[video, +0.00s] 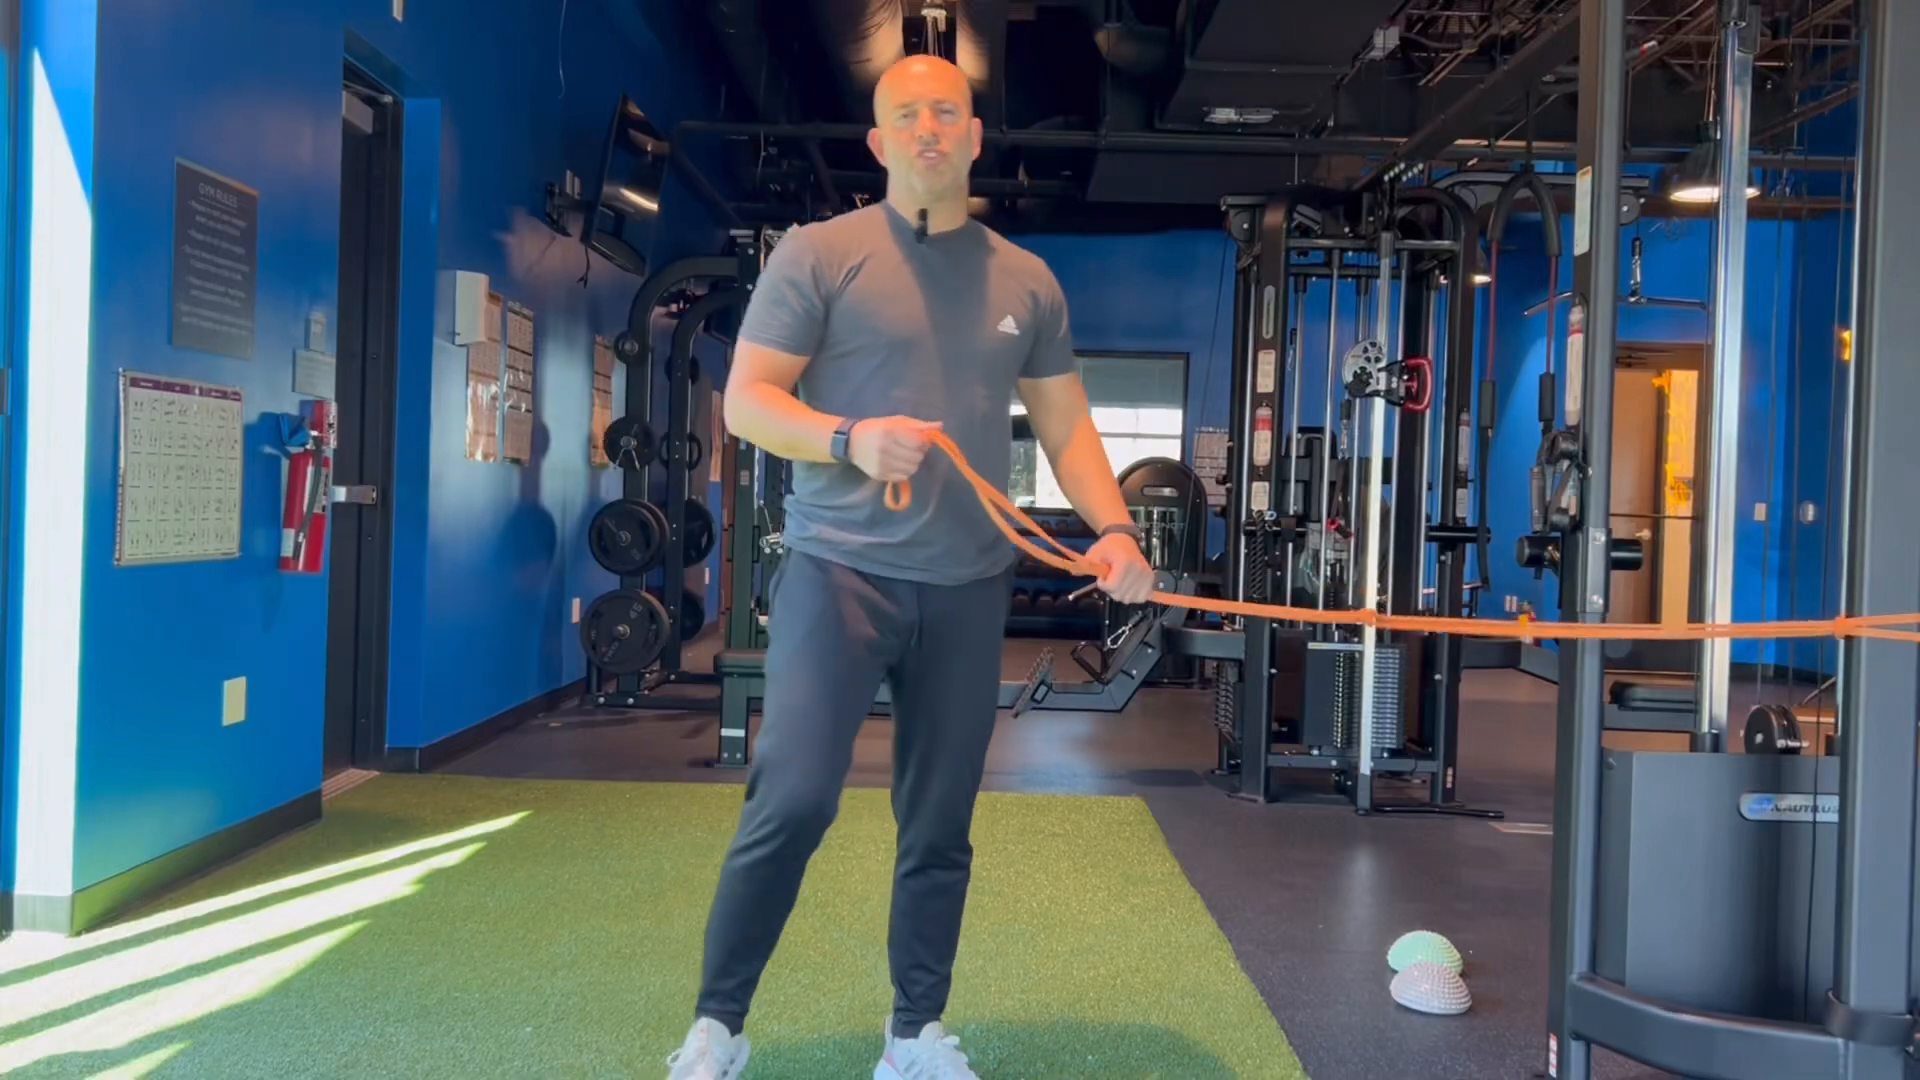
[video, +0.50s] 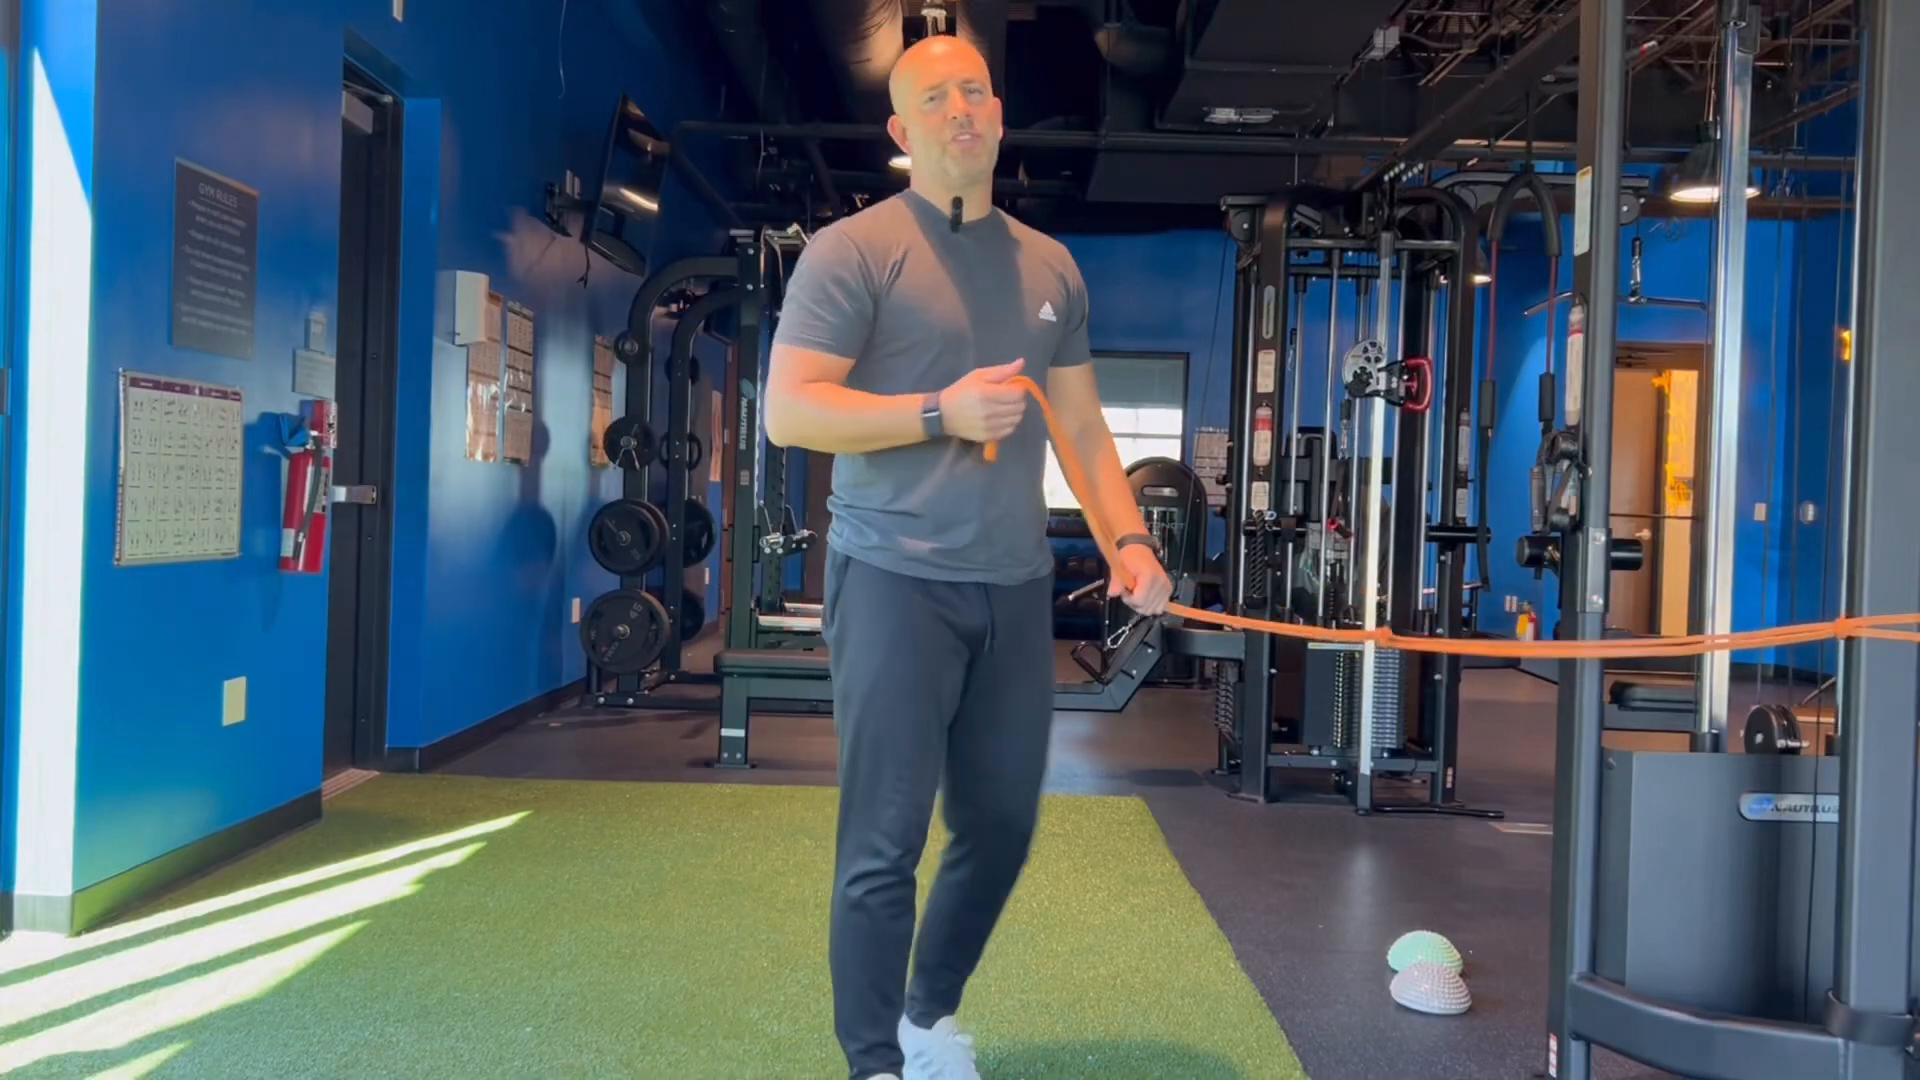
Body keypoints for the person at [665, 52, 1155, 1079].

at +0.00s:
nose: (930, 126)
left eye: (948, 110)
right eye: (910, 112)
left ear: (977, 134)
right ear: (876, 141)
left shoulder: (1027, 282)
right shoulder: (815, 257)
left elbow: (1067, 427)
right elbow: (746, 401)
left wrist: (1115, 528)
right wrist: (849, 437)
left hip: (966, 584)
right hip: (835, 571)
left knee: (939, 823)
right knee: (794, 799)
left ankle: (915, 1032)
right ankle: (718, 1025)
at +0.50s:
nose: (964, 106)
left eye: (976, 88)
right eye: (937, 95)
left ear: (1002, 115)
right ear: (899, 131)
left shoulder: (1049, 267)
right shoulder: (848, 253)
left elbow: (1083, 430)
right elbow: (788, 409)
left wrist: (1128, 544)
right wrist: (938, 410)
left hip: (1016, 586)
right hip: (892, 580)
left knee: (1000, 826)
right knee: (884, 843)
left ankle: (926, 1014)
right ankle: (872, 1062)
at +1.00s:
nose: (1036, 113)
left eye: (1052, 95)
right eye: (1011, 102)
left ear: (1085, 120)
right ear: (979, 137)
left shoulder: (1152, 273)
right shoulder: (923, 260)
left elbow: (1188, 437)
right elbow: (853, 412)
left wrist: (1194, 541)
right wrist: (956, 422)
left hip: (1097, 595)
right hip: (952, 585)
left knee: (1101, 839)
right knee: (920, 839)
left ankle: (1104, 1052)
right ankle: (882, 1061)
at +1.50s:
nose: (1048, 124)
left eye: (1069, 108)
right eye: (1027, 110)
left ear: (1101, 134)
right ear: (997, 140)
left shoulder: (1164, 279)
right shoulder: (934, 264)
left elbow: (1210, 430)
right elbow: (882, 402)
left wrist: (1179, 519)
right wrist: (893, 419)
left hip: (1094, 588)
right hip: (952, 583)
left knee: (1100, 833)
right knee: (913, 822)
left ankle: (1108, 1048)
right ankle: (886, 1019)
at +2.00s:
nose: (949, 137)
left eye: (963, 120)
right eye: (926, 124)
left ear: (994, 141)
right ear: (896, 155)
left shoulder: (1068, 277)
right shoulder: (844, 283)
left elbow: (1116, 416)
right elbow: (796, 415)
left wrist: (1137, 500)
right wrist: (825, 464)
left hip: (1030, 592)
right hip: (889, 588)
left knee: (1045, 822)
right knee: (882, 824)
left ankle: (1070, 1041)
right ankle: (884, 1023)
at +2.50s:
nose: (946, 143)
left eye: (961, 124)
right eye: (925, 130)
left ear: (993, 142)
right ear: (896, 156)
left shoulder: (1064, 273)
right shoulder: (852, 278)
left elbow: (1121, 426)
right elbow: (797, 444)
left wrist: (1161, 381)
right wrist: (801, 357)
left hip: (1026, 583)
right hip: (888, 582)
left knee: (1044, 822)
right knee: (884, 824)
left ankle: (1070, 1042)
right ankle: (886, 1022)